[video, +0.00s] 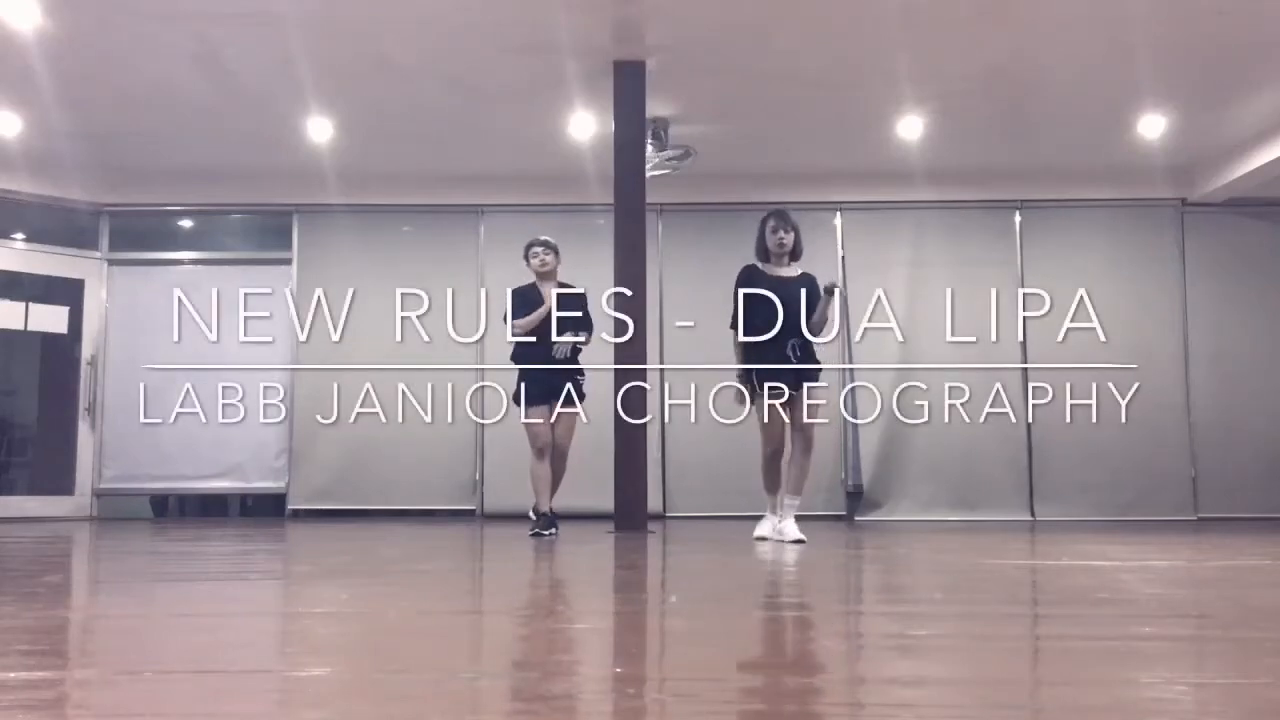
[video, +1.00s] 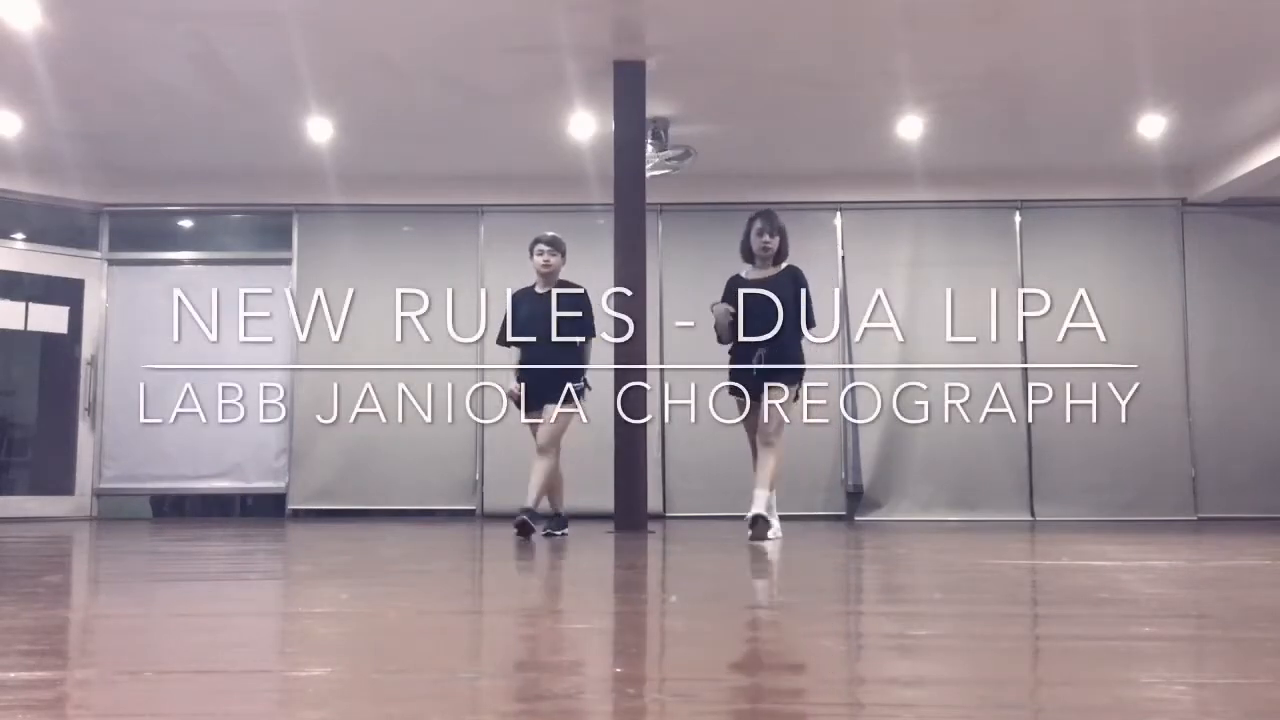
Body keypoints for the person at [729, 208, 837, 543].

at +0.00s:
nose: (781, 236)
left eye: (787, 230)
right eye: (774, 230)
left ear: (795, 236)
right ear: (763, 237)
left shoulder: (807, 280)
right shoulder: (750, 275)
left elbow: (815, 331)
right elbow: (740, 330)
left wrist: (827, 299)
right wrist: (741, 374)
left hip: (804, 372)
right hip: (765, 372)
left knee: (804, 442)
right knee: (774, 446)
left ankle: (788, 518)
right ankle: (771, 515)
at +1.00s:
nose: (766, 240)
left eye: (772, 234)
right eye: (760, 234)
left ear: (781, 239)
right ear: (749, 239)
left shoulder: (792, 275)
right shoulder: (736, 282)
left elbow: (807, 325)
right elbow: (725, 339)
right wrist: (720, 317)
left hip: (782, 364)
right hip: (745, 367)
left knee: (769, 433)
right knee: (757, 441)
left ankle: (757, 512)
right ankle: (770, 518)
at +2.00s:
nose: (805, 199)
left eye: (811, 193)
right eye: (797, 193)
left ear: (822, 200)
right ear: (783, 203)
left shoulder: (840, 245)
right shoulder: (772, 252)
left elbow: (865, 300)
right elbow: (757, 309)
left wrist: (884, 345)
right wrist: (743, 348)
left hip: (824, 354)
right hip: (779, 352)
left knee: (817, 447)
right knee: (814, 434)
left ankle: (764, 506)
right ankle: (836, 525)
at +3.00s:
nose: (872, 122)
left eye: (877, 113)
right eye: (859, 119)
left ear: (891, 120)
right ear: (843, 134)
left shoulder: (911, 182)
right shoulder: (840, 180)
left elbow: (927, 241)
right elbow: (835, 233)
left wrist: (926, 262)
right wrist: (877, 187)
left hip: (901, 286)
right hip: (844, 294)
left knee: (888, 383)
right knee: (863, 415)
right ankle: (898, 530)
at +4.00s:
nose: (868, 98)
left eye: (878, 90)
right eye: (857, 91)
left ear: (890, 100)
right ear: (839, 100)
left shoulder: (912, 166)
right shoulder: (816, 163)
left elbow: (933, 235)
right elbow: (805, 243)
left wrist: (924, 264)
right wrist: (829, 296)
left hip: (915, 299)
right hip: (847, 302)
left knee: (954, 413)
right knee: (793, 412)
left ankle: (985, 543)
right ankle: (752, 540)